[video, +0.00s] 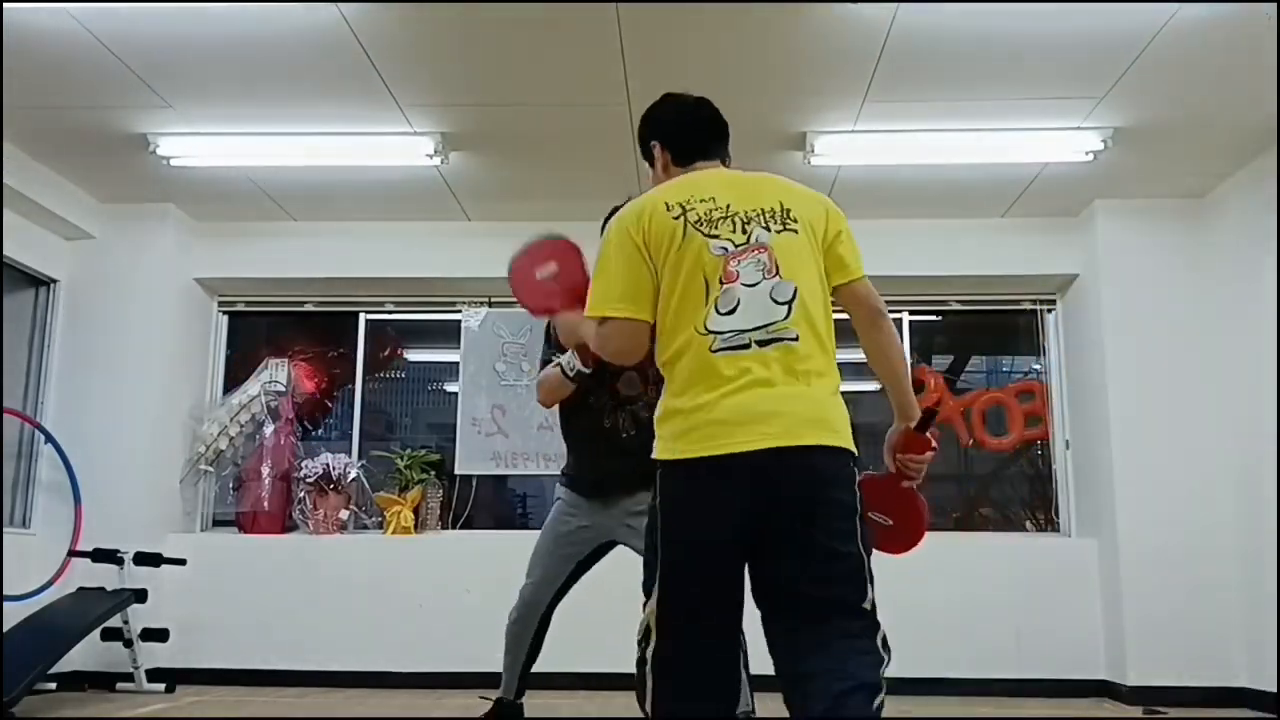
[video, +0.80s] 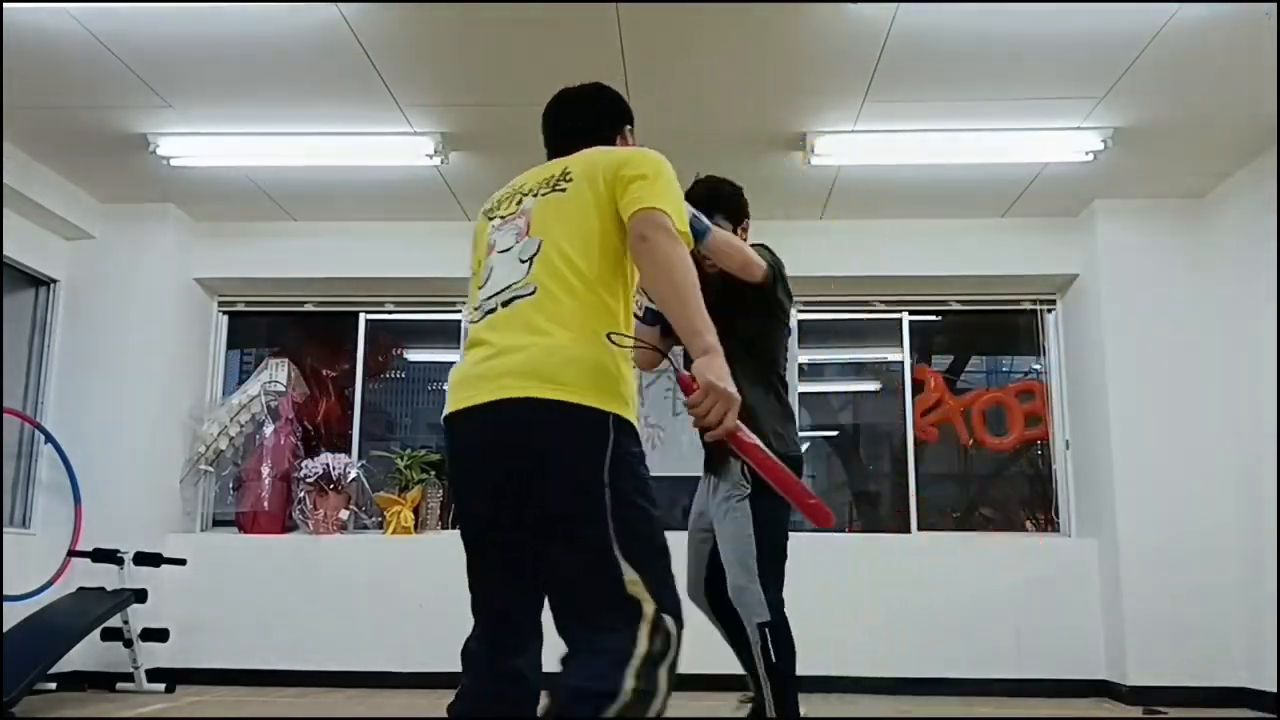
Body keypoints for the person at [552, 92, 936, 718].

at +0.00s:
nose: (650, 176)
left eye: (646, 163)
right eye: (647, 165)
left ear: (659, 157)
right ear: (727, 153)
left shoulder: (641, 218)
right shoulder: (810, 204)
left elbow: (624, 345)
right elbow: (869, 310)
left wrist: (582, 327)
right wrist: (907, 416)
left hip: (704, 464)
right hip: (816, 458)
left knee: (694, 649)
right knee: (833, 637)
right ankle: (847, 710)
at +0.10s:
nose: (676, 164)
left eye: (676, 154)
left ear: (686, 152)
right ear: (760, 149)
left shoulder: (653, 208)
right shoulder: (826, 199)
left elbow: (602, 335)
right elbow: (888, 318)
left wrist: (569, 280)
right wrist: (924, 434)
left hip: (693, 463)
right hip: (812, 459)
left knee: (690, 654)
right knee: (808, 651)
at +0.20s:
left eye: (685, 133)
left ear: (695, 132)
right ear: (778, 136)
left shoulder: (656, 181)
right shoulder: (832, 184)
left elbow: (596, 306)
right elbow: (887, 302)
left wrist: (580, 253)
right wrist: (929, 424)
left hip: (676, 447)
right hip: (798, 445)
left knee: (670, 642)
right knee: (794, 643)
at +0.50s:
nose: (751, 129)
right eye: (752, 121)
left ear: (662, 123)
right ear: (745, 120)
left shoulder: (603, 179)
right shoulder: (773, 157)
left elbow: (537, 299)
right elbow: (816, 231)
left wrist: (563, 217)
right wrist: (877, 349)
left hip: (614, 444)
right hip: (740, 442)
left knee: (577, 627)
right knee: (771, 647)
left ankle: (531, 708)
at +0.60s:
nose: (723, 133)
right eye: (722, 126)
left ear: (632, 127)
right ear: (711, 125)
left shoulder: (574, 189)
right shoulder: (723, 158)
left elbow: (543, 308)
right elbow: (754, 226)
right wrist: (814, 339)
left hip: (563, 433)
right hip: (680, 427)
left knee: (541, 620)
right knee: (737, 626)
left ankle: (504, 710)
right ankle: (770, 708)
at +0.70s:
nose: (676, 142)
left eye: (673, 137)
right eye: (674, 135)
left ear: (587, 138)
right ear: (664, 135)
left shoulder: (545, 190)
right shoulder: (669, 161)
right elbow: (692, 225)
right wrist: (748, 339)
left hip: (506, 412)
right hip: (609, 410)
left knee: (514, 624)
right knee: (661, 621)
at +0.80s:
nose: (637, 146)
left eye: (636, 141)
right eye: (636, 139)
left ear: (550, 144)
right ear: (624, 136)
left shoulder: (498, 203)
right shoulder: (631, 162)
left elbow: (501, 317)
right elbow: (651, 231)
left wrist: (621, 342)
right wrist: (709, 351)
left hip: (473, 419)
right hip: (572, 412)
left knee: (501, 628)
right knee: (633, 624)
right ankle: (583, 707)